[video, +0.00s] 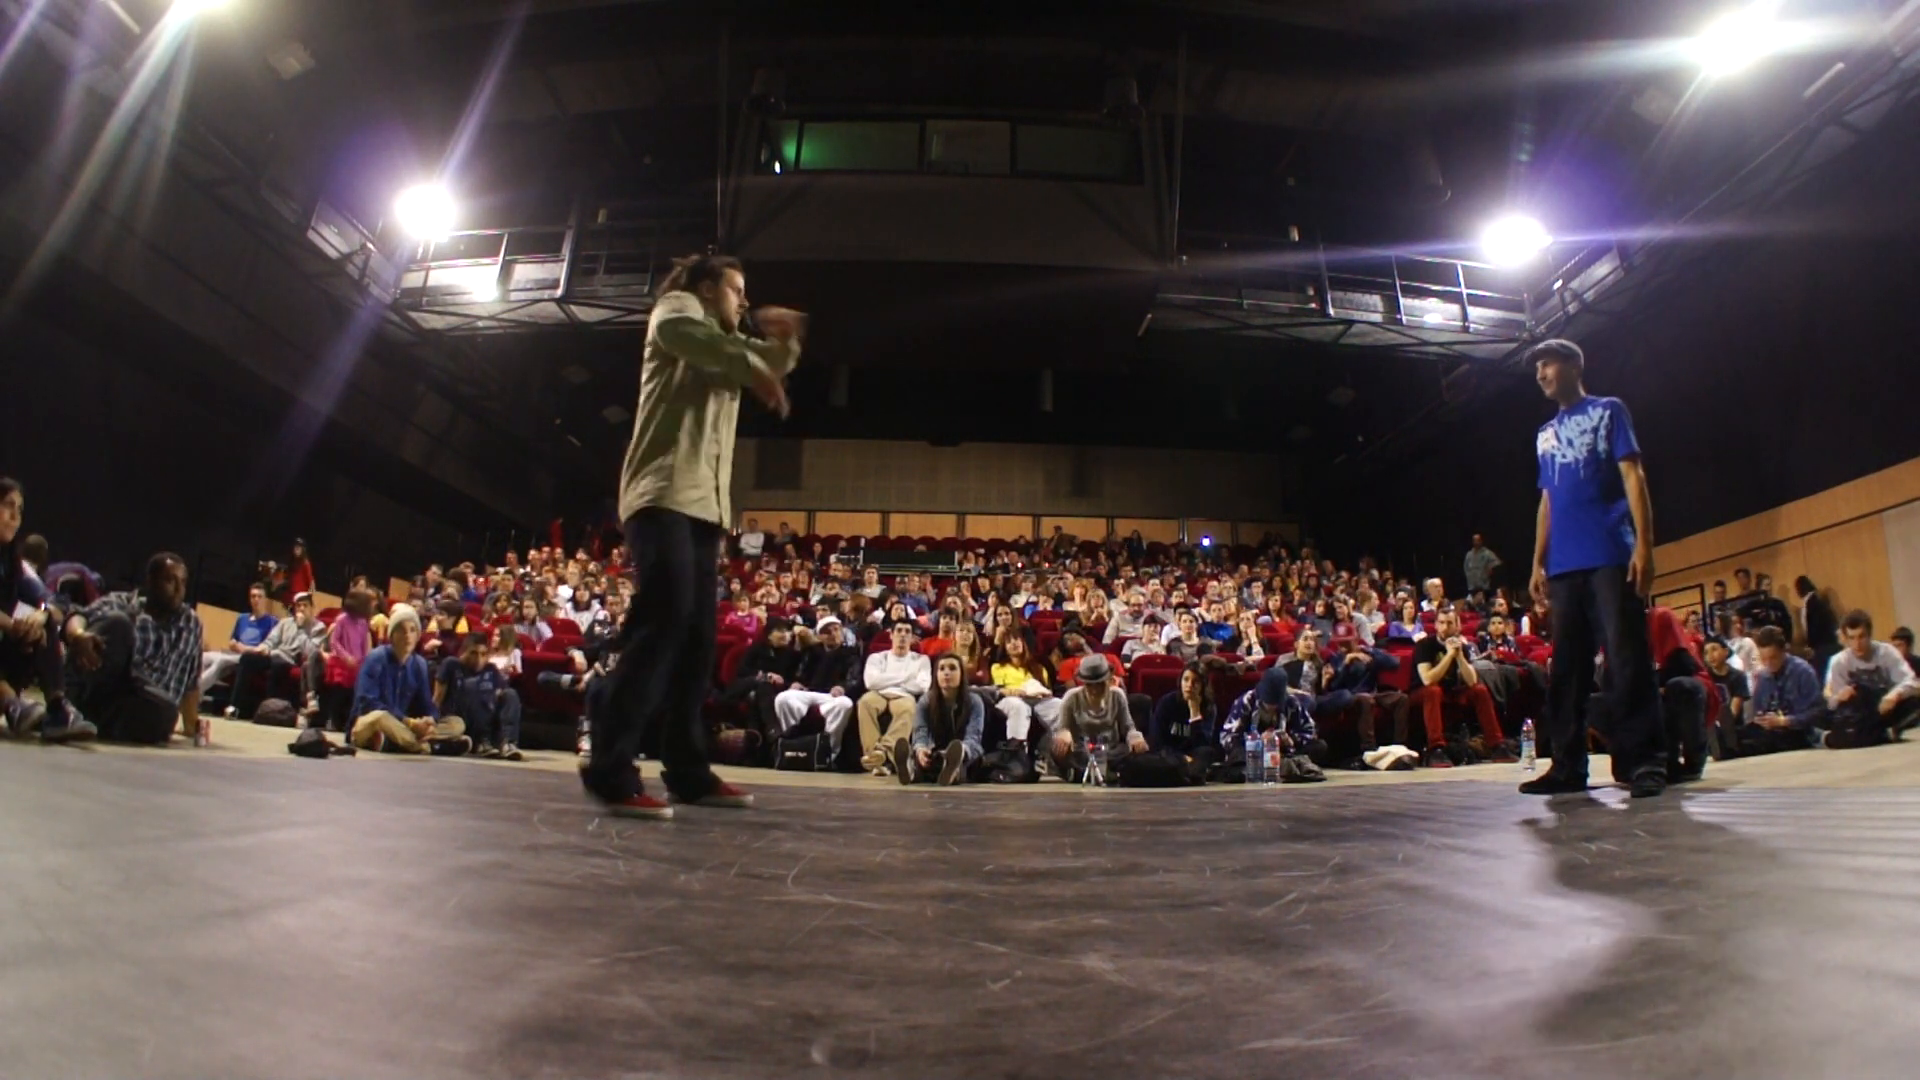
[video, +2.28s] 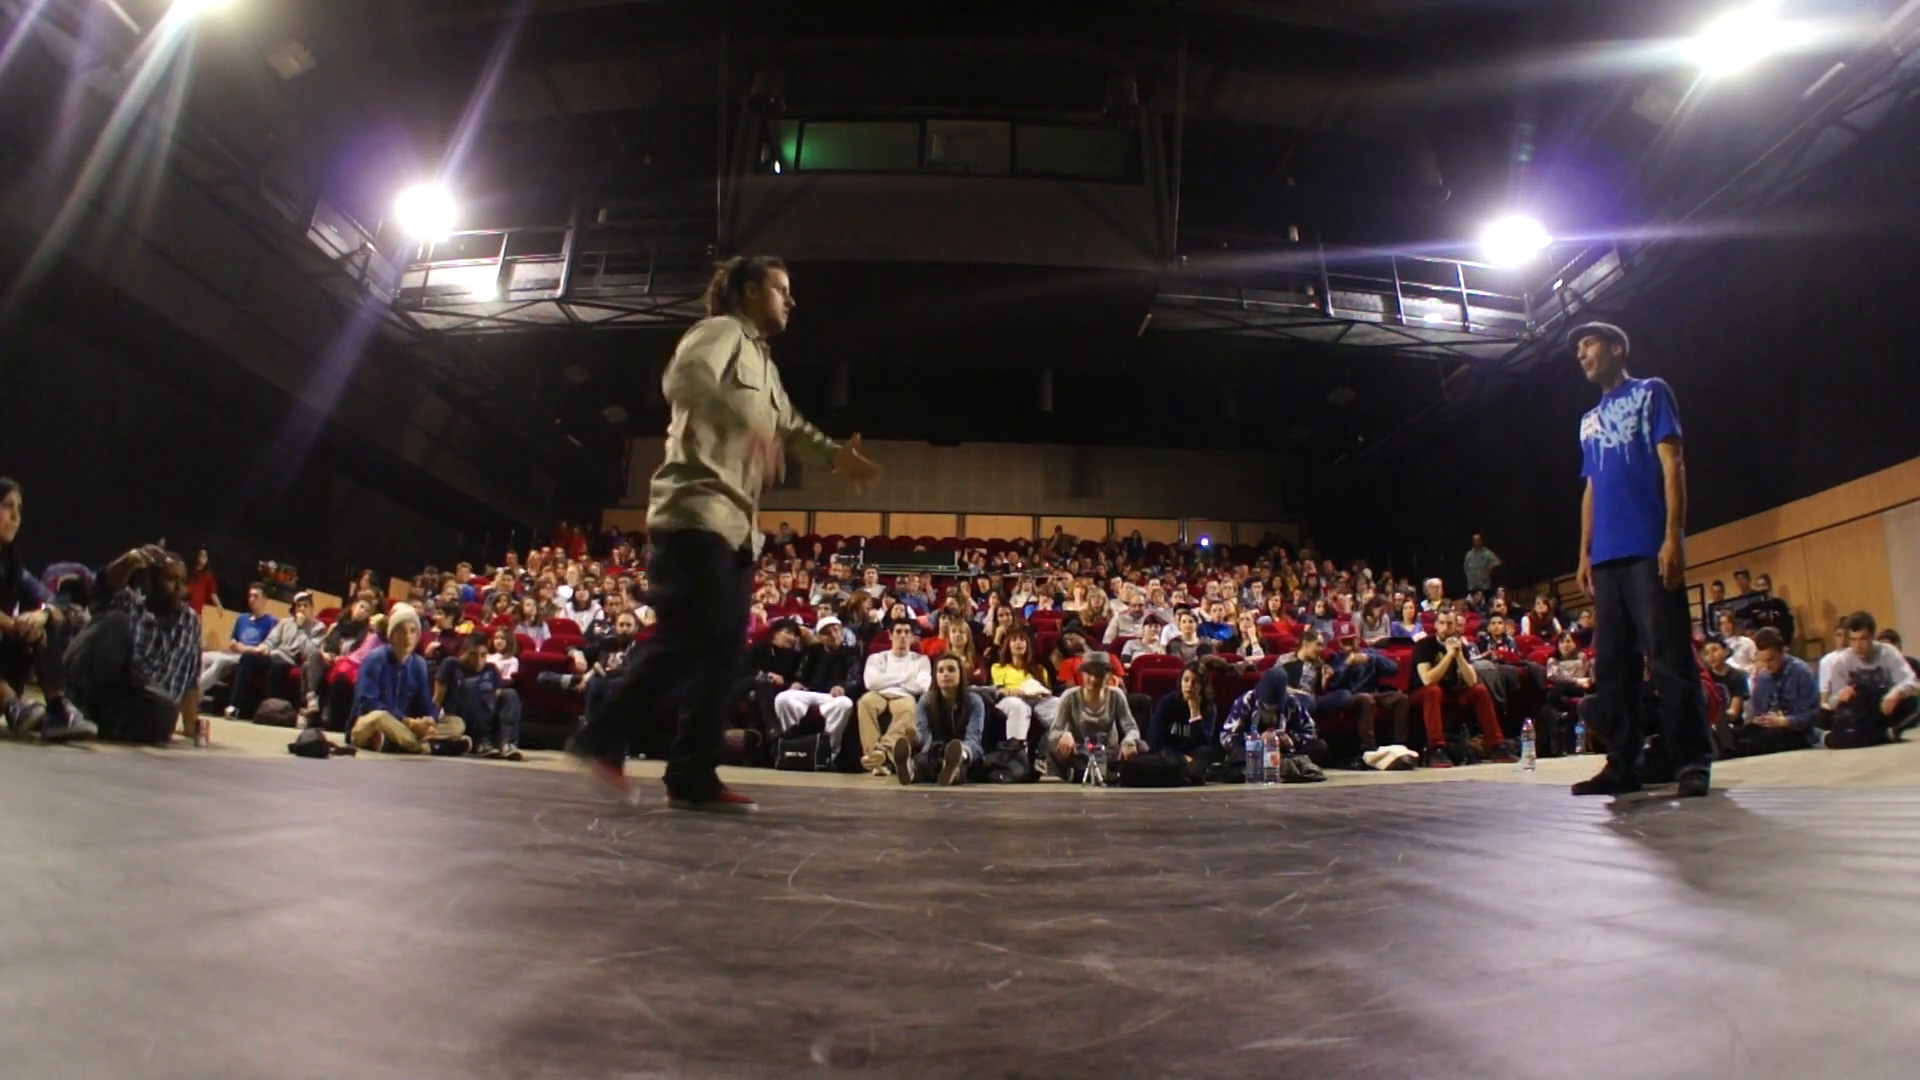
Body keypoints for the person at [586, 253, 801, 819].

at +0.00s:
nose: (743, 300)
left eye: (745, 293)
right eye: (736, 288)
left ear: (732, 300)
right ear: (705, 285)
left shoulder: (729, 343)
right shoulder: (675, 309)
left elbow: (763, 369)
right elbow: (695, 344)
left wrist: (787, 342)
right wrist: (757, 369)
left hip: (705, 503)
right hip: (662, 492)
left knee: (697, 638)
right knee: (664, 622)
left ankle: (688, 772)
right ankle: (609, 768)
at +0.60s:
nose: (759, 316)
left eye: (762, 309)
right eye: (753, 305)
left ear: (756, 310)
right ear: (723, 292)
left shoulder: (741, 346)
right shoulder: (675, 321)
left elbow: (787, 350)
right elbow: (653, 300)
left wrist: (833, 351)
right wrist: (739, 310)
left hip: (723, 510)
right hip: (663, 504)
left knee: (780, 616)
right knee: (640, 642)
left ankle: (734, 739)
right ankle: (619, 773)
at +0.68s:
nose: (761, 322)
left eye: (765, 314)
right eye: (757, 309)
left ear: (755, 312)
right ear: (729, 296)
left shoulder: (739, 347)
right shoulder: (687, 321)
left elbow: (777, 349)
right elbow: (660, 283)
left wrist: (834, 350)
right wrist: (723, 261)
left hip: (730, 513)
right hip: (674, 507)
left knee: (784, 615)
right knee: (659, 640)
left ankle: (740, 740)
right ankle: (617, 764)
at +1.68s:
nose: (796, 312)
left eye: (799, 304)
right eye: (788, 299)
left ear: (790, 312)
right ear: (753, 295)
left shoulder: (774, 366)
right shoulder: (708, 318)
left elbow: (810, 409)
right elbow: (651, 313)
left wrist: (862, 438)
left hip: (725, 505)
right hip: (671, 486)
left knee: (764, 630)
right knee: (705, 613)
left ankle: (769, 750)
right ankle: (633, 747)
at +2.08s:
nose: (792, 310)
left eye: (793, 303)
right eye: (784, 299)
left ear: (768, 307)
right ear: (749, 296)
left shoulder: (760, 370)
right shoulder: (707, 328)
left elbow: (789, 403)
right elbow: (643, 308)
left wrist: (842, 423)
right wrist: (704, 321)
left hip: (730, 519)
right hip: (687, 505)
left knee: (733, 653)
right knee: (658, 643)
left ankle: (691, 775)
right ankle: (595, 774)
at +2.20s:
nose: (791, 304)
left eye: (792, 296)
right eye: (783, 293)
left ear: (768, 302)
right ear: (749, 293)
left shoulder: (766, 365)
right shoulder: (718, 330)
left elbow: (801, 402)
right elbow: (672, 335)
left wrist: (840, 440)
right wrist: (749, 369)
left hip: (733, 528)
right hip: (685, 513)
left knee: (716, 662)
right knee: (643, 645)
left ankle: (692, 775)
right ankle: (589, 773)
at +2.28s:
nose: (790, 300)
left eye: (789, 293)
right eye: (781, 290)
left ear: (765, 297)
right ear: (747, 291)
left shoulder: (765, 367)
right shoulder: (722, 329)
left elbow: (791, 424)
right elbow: (685, 377)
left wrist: (836, 454)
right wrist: (748, 422)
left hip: (734, 519)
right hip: (694, 506)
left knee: (723, 649)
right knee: (692, 635)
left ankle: (692, 775)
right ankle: (602, 736)